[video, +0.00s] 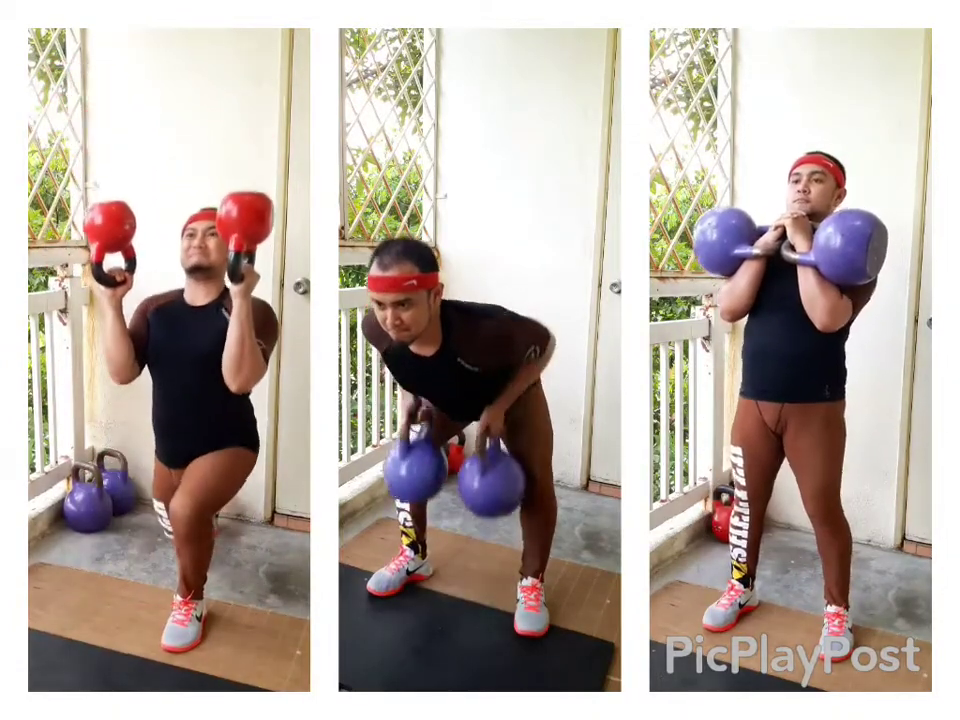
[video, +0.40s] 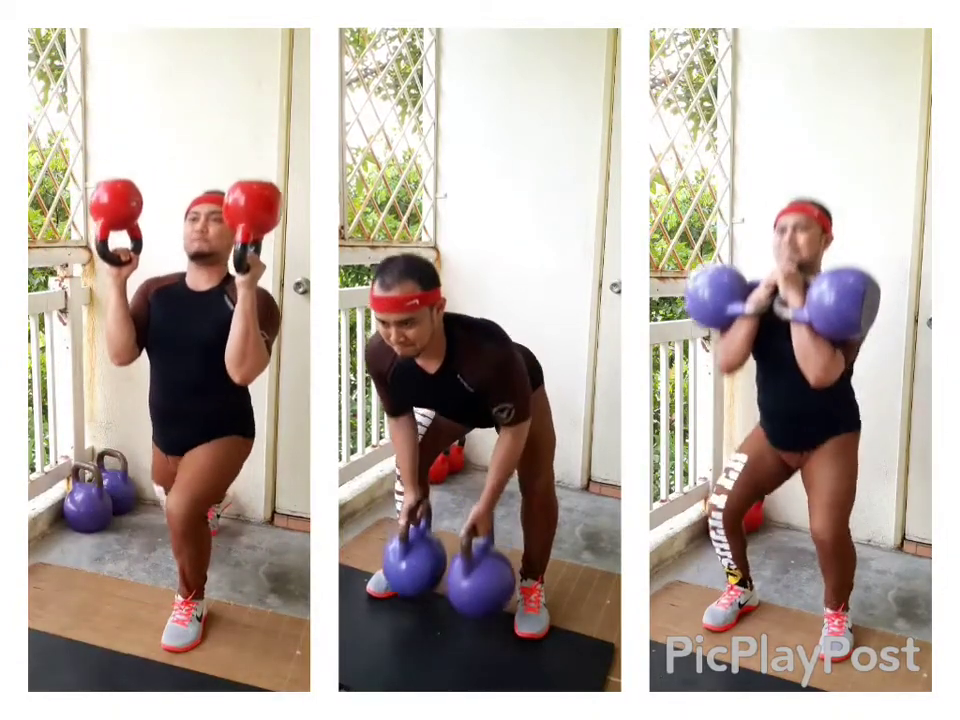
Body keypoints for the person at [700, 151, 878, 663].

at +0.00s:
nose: (801, 187)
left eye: (815, 180)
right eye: (795, 180)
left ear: (840, 195)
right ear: (784, 192)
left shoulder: (848, 255)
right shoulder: (761, 246)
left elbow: (828, 317)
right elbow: (729, 308)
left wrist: (802, 246)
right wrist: (763, 247)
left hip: (814, 406)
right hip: (754, 400)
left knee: (823, 513)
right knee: (748, 502)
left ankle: (836, 610)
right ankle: (740, 586)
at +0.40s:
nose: (789, 238)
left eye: (802, 230)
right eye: (782, 230)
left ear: (825, 241)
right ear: (773, 239)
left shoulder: (840, 302)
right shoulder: (757, 296)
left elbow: (822, 374)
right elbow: (727, 362)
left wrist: (795, 302)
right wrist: (756, 305)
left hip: (830, 438)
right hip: (773, 434)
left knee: (828, 533)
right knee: (727, 510)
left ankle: (835, 613)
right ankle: (740, 587)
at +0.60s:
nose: (787, 297)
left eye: (800, 288)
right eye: (780, 288)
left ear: (821, 299)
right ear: (770, 298)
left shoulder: (836, 356)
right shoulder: (753, 352)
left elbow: (821, 436)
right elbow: (726, 421)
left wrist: (793, 367)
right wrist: (753, 371)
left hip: (832, 472)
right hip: (775, 469)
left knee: (827, 545)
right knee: (718, 521)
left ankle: (836, 616)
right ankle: (740, 588)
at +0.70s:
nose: (786, 324)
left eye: (799, 315)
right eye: (779, 315)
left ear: (821, 324)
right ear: (770, 323)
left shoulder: (834, 381)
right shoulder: (752, 376)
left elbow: (822, 463)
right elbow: (725, 447)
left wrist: (792, 395)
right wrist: (752, 398)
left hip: (830, 494)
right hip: (773, 491)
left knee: (828, 550)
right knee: (716, 525)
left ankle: (835, 617)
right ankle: (740, 589)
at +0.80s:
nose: (786, 347)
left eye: (798, 338)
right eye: (778, 338)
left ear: (821, 347)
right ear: (770, 346)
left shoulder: (834, 405)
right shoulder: (753, 397)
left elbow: (822, 488)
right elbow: (725, 471)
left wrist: (792, 418)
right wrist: (755, 417)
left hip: (827, 515)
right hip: (772, 512)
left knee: (827, 554)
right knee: (715, 531)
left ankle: (835, 616)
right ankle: (740, 590)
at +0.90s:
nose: (787, 362)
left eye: (799, 353)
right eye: (779, 353)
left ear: (821, 363)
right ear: (771, 361)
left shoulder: (834, 419)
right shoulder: (752, 411)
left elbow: (821, 504)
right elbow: (724, 488)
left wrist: (793, 438)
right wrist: (750, 439)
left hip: (822, 533)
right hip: (768, 529)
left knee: (826, 556)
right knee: (714, 533)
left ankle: (835, 618)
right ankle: (740, 590)